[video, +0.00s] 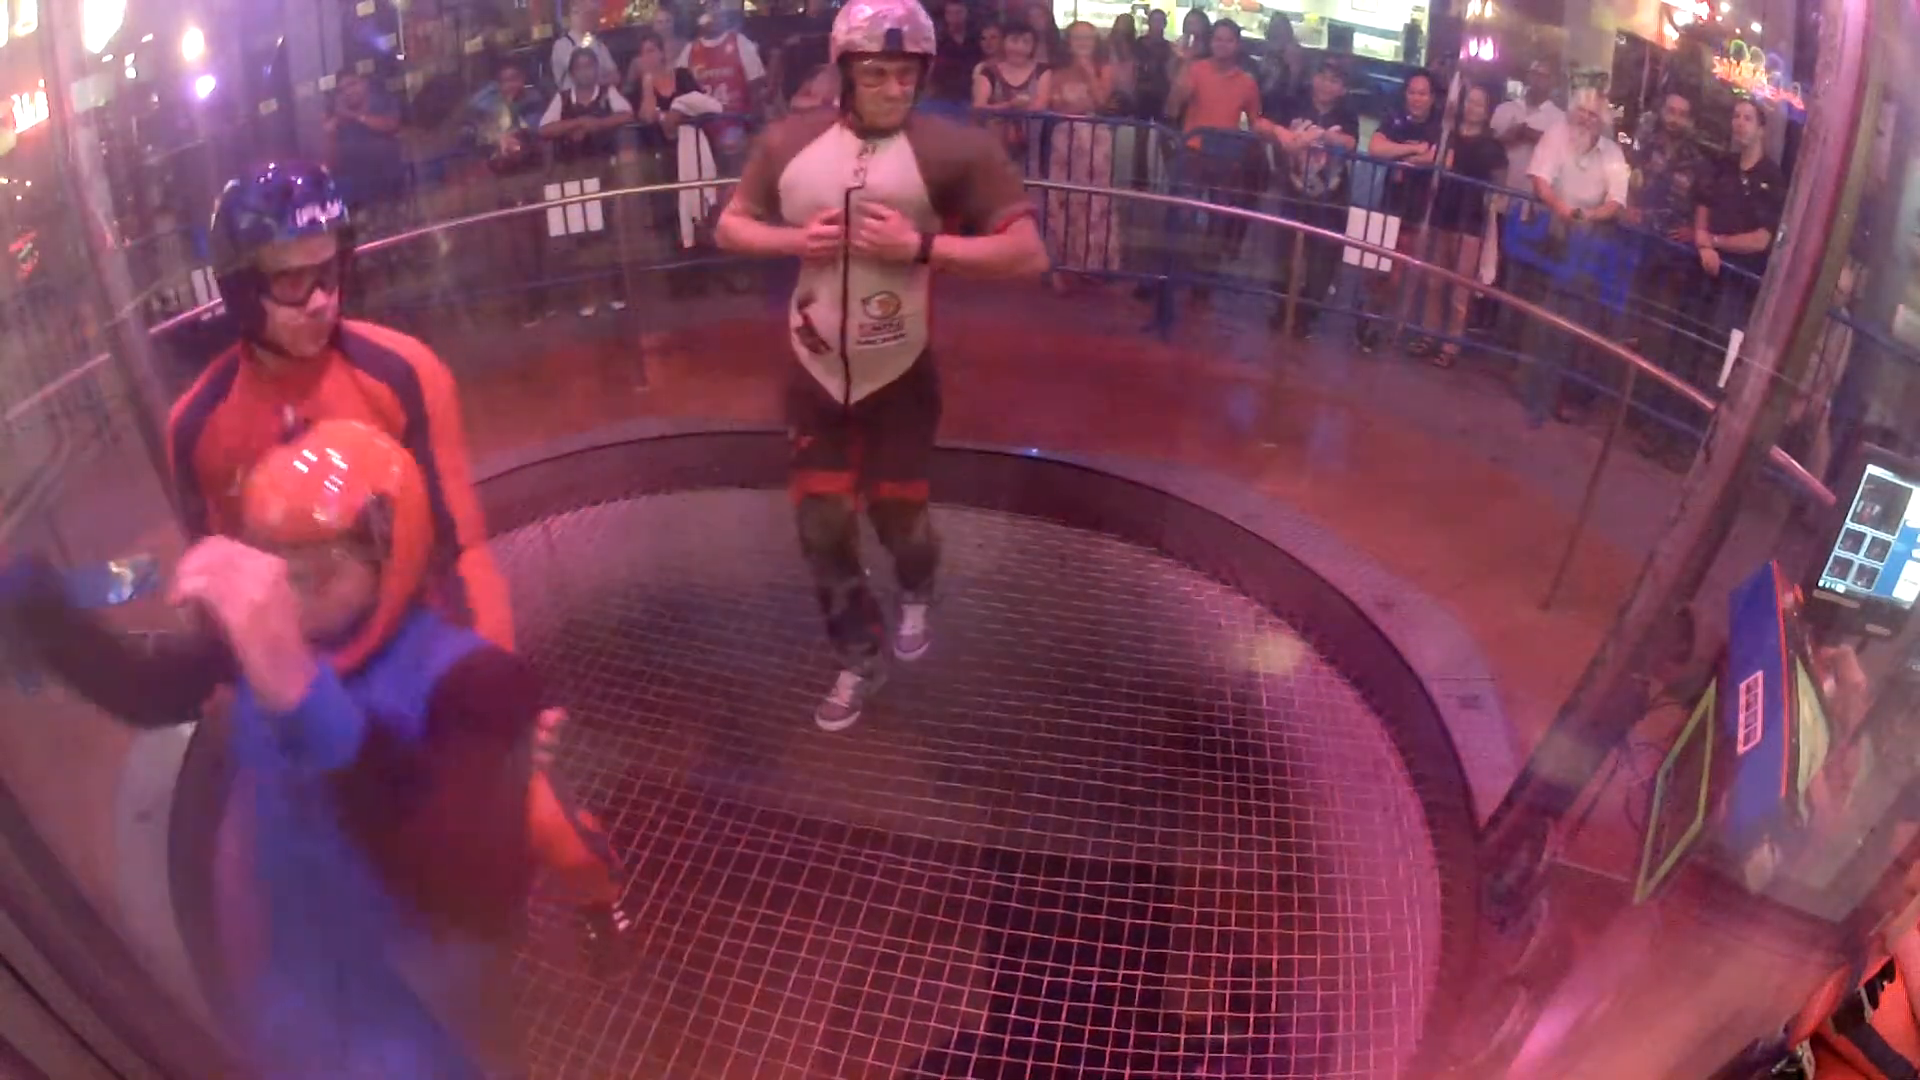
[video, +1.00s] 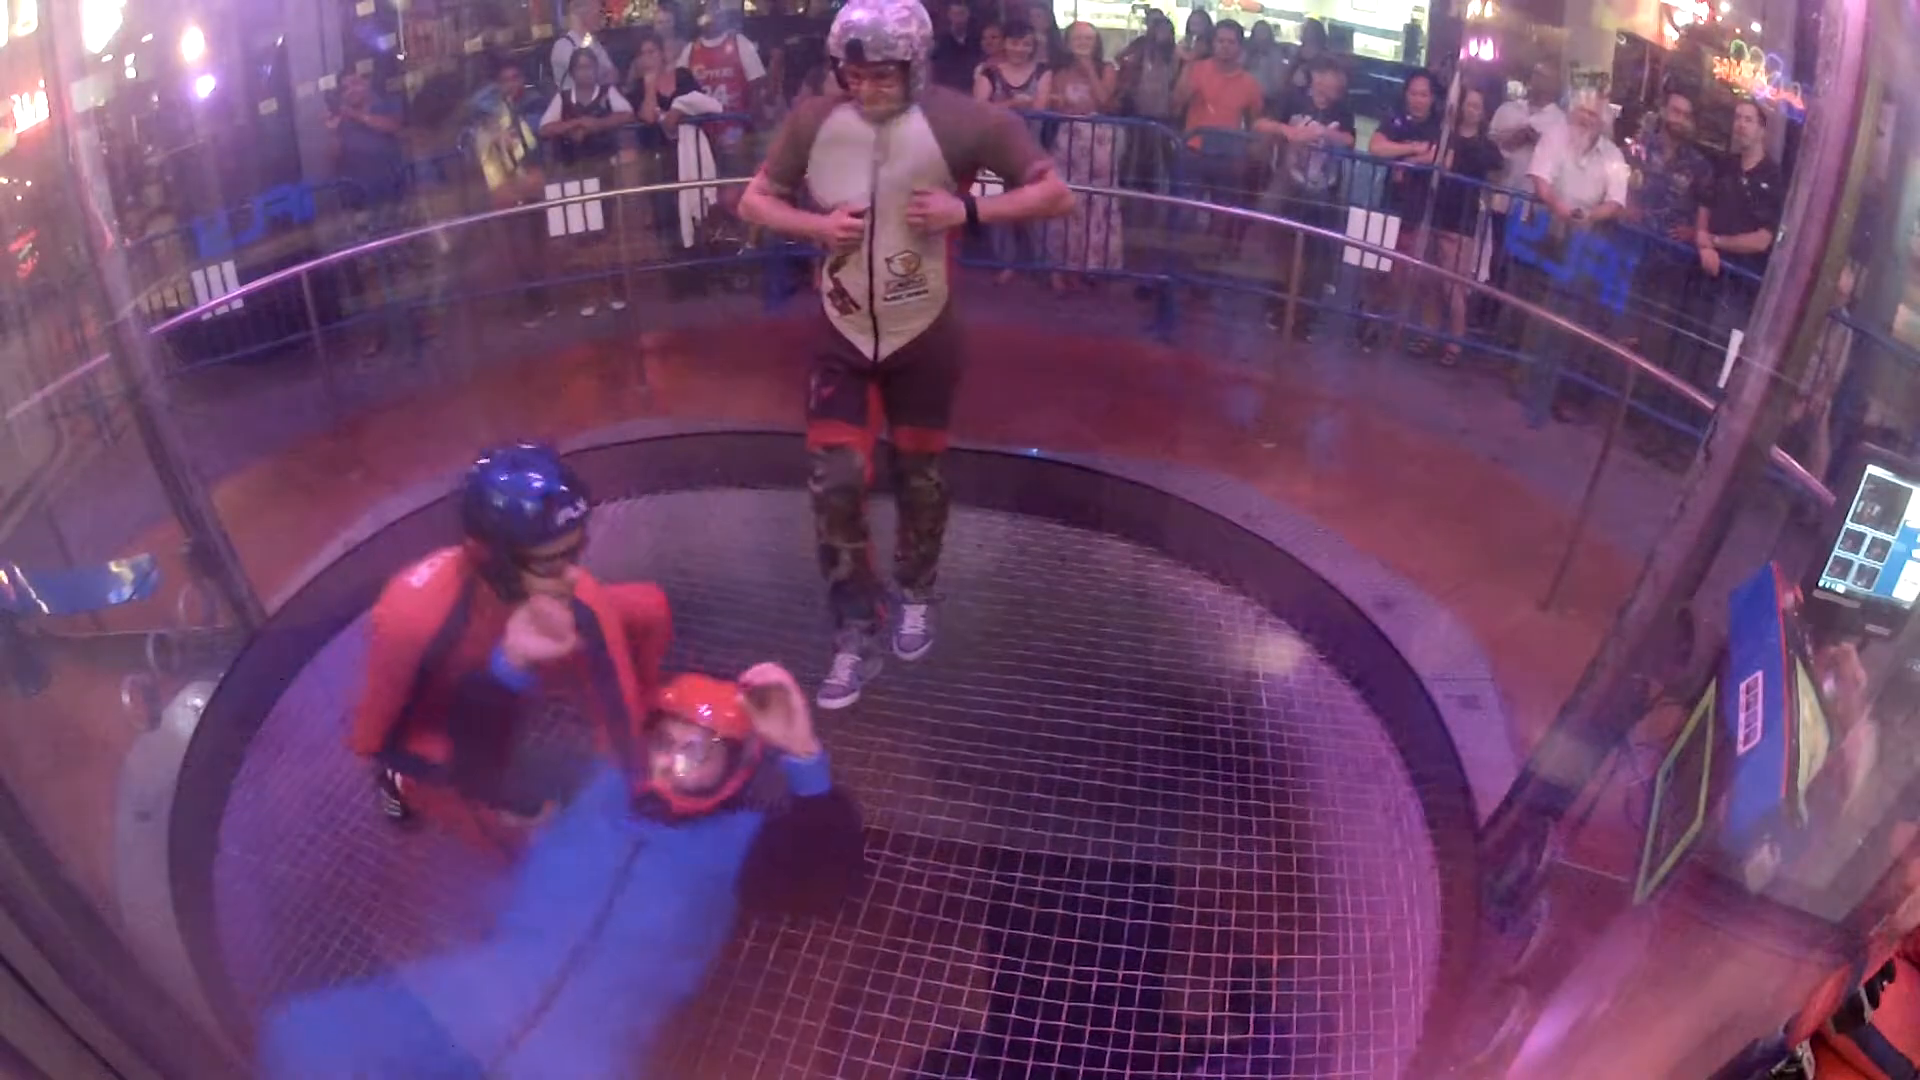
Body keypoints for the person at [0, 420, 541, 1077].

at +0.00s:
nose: (294, 590)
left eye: (323, 566)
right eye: (278, 565)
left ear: (394, 556)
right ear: (250, 561)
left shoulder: (470, 682)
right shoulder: (266, 649)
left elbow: (477, 891)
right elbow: (143, 683)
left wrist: (300, 692)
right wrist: (21, 592)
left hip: (421, 1046)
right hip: (282, 1036)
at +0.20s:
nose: (367, 574)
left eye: (396, 551)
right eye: (370, 565)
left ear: (459, 571)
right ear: (358, 584)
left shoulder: (533, 708)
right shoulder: (342, 668)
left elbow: (589, 858)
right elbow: (219, 708)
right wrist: (145, 579)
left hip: (473, 1034)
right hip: (346, 1011)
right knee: (288, 1061)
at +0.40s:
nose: (495, 699)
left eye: (516, 684)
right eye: (480, 679)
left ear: (566, 677)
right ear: (462, 667)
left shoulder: (607, 762)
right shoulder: (427, 717)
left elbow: (689, 858)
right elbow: (295, 738)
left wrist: (601, 690)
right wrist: (268, 600)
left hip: (527, 1047)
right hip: (409, 1006)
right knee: (307, 1067)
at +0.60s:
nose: (562, 725)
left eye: (588, 716)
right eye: (555, 706)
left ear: (639, 731)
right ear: (539, 704)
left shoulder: (665, 823)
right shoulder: (499, 758)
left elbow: (741, 876)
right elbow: (374, 748)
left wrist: (685, 717)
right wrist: (380, 621)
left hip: (545, 1059)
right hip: (431, 1011)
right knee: (309, 1070)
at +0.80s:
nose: (627, 765)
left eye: (649, 753)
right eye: (616, 744)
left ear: (687, 765)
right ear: (594, 739)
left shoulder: (703, 844)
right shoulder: (547, 781)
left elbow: (783, 877)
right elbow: (435, 761)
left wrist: (746, 753)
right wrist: (452, 656)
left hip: (557, 1062)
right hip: (439, 1015)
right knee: (303, 1070)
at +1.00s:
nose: (680, 759)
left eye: (703, 749)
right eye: (669, 740)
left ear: (735, 767)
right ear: (647, 739)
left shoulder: (741, 845)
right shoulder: (595, 786)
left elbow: (833, 873)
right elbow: (480, 772)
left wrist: (801, 758)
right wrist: (510, 664)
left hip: (574, 1059)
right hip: (474, 1001)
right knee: (298, 1042)